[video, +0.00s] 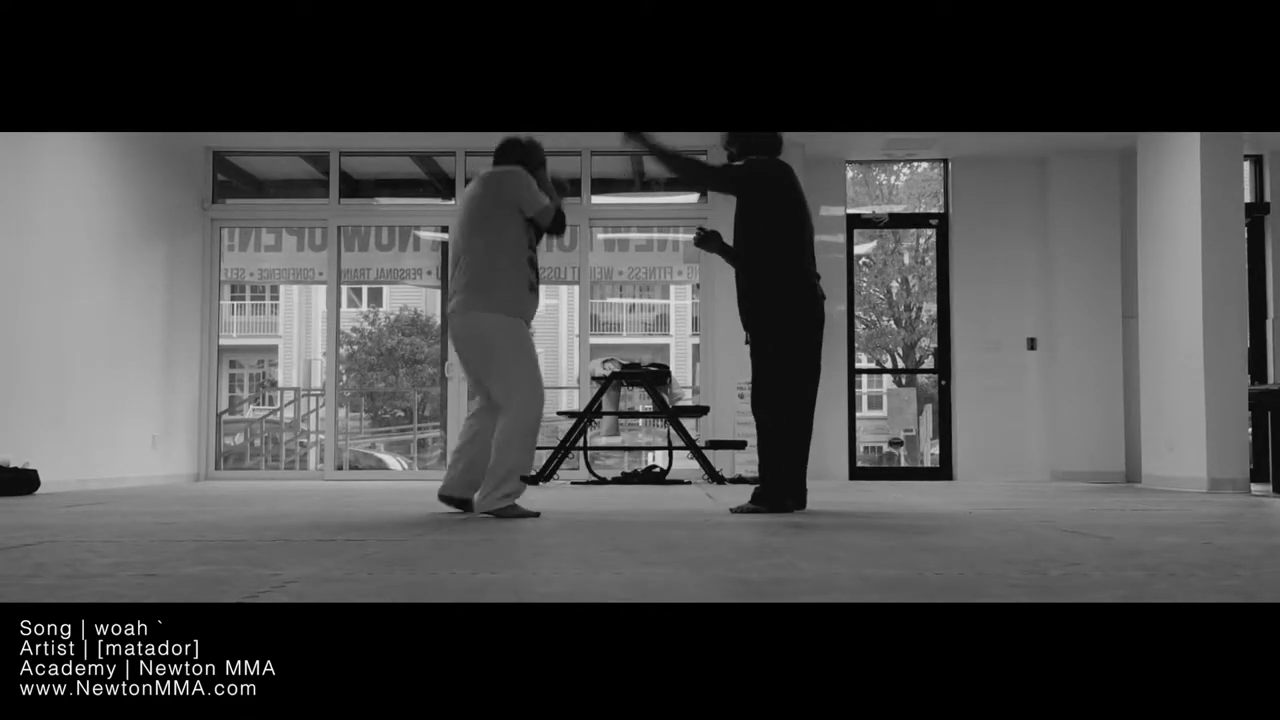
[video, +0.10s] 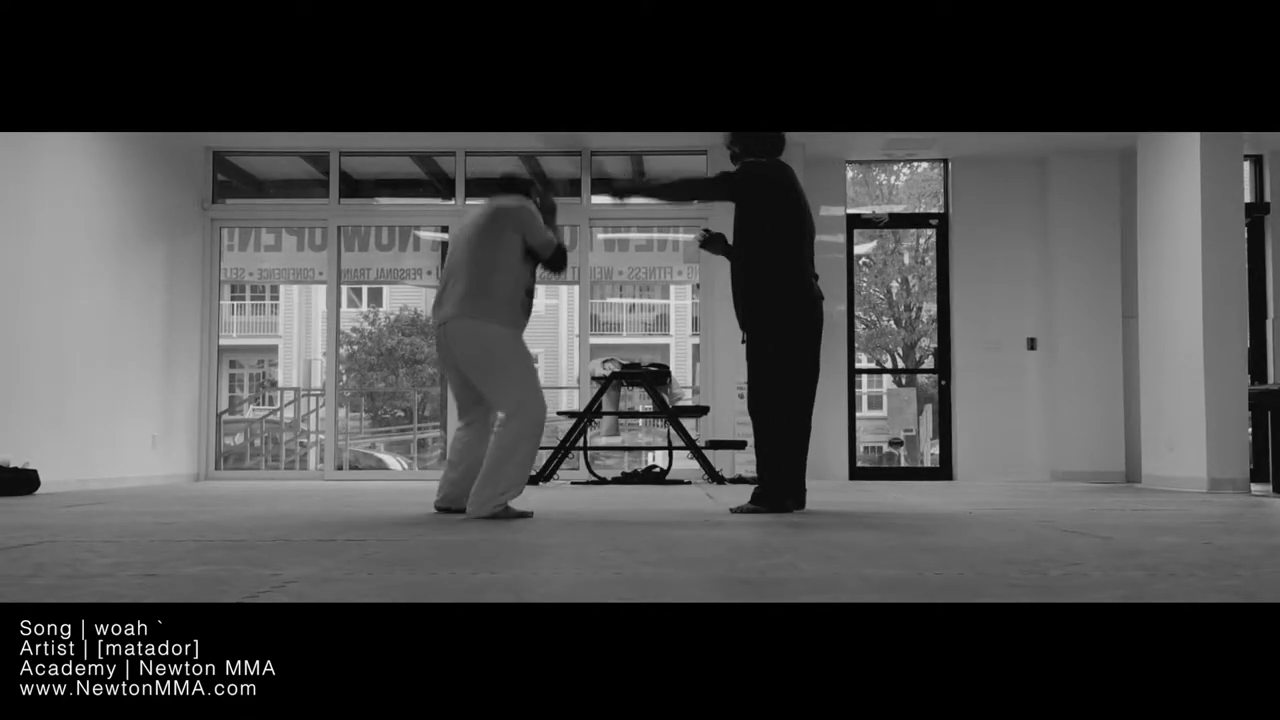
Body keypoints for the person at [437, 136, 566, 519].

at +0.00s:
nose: (543, 180)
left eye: (542, 173)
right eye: (541, 173)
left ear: (502, 161)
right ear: (529, 167)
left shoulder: (477, 189)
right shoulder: (513, 179)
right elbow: (556, 223)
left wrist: (543, 209)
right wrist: (549, 191)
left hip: (466, 314)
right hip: (494, 313)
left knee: (489, 400)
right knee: (525, 399)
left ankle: (458, 486)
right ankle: (498, 498)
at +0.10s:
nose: (539, 209)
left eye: (538, 204)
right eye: (537, 203)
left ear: (498, 192)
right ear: (528, 195)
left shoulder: (469, 220)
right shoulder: (519, 209)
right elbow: (555, 257)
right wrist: (550, 230)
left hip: (448, 325)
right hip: (485, 324)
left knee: (474, 414)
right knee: (528, 409)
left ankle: (452, 496)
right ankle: (490, 502)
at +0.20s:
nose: (523, 234)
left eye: (520, 230)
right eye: (520, 230)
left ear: (484, 226)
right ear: (514, 225)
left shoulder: (455, 244)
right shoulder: (517, 236)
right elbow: (552, 285)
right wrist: (555, 259)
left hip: (439, 332)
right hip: (481, 330)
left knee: (470, 421)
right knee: (530, 413)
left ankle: (450, 499)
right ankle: (490, 502)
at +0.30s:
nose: (510, 237)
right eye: (509, 234)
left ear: (474, 232)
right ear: (506, 231)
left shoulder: (444, 249)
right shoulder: (511, 241)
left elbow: (438, 289)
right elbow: (548, 286)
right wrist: (528, 269)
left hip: (440, 333)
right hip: (483, 327)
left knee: (473, 415)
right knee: (533, 411)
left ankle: (451, 498)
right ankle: (494, 496)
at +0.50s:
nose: (504, 206)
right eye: (502, 203)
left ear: (464, 205)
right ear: (493, 202)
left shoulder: (438, 235)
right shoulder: (503, 214)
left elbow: (441, 283)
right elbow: (547, 257)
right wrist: (542, 234)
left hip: (452, 322)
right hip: (493, 314)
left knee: (477, 408)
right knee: (527, 402)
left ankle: (454, 496)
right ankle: (499, 489)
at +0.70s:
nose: (540, 189)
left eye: (541, 182)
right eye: (536, 181)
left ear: (512, 181)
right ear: (519, 180)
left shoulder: (503, 213)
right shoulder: (495, 211)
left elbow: (536, 263)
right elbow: (535, 255)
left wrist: (556, 228)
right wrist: (542, 207)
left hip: (498, 329)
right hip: (491, 329)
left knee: (509, 407)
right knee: (523, 404)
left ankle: (481, 489)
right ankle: (505, 496)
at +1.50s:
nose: (548, 183)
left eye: (548, 176)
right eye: (545, 175)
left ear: (520, 172)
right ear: (528, 174)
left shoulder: (515, 207)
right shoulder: (496, 197)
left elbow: (541, 255)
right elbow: (520, 255)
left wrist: (551, 211)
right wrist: (546, 238)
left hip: (493, 323)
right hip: (481, 322)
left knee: (495, 407)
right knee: (514, 404)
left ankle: (464, 486)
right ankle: (498, 498)